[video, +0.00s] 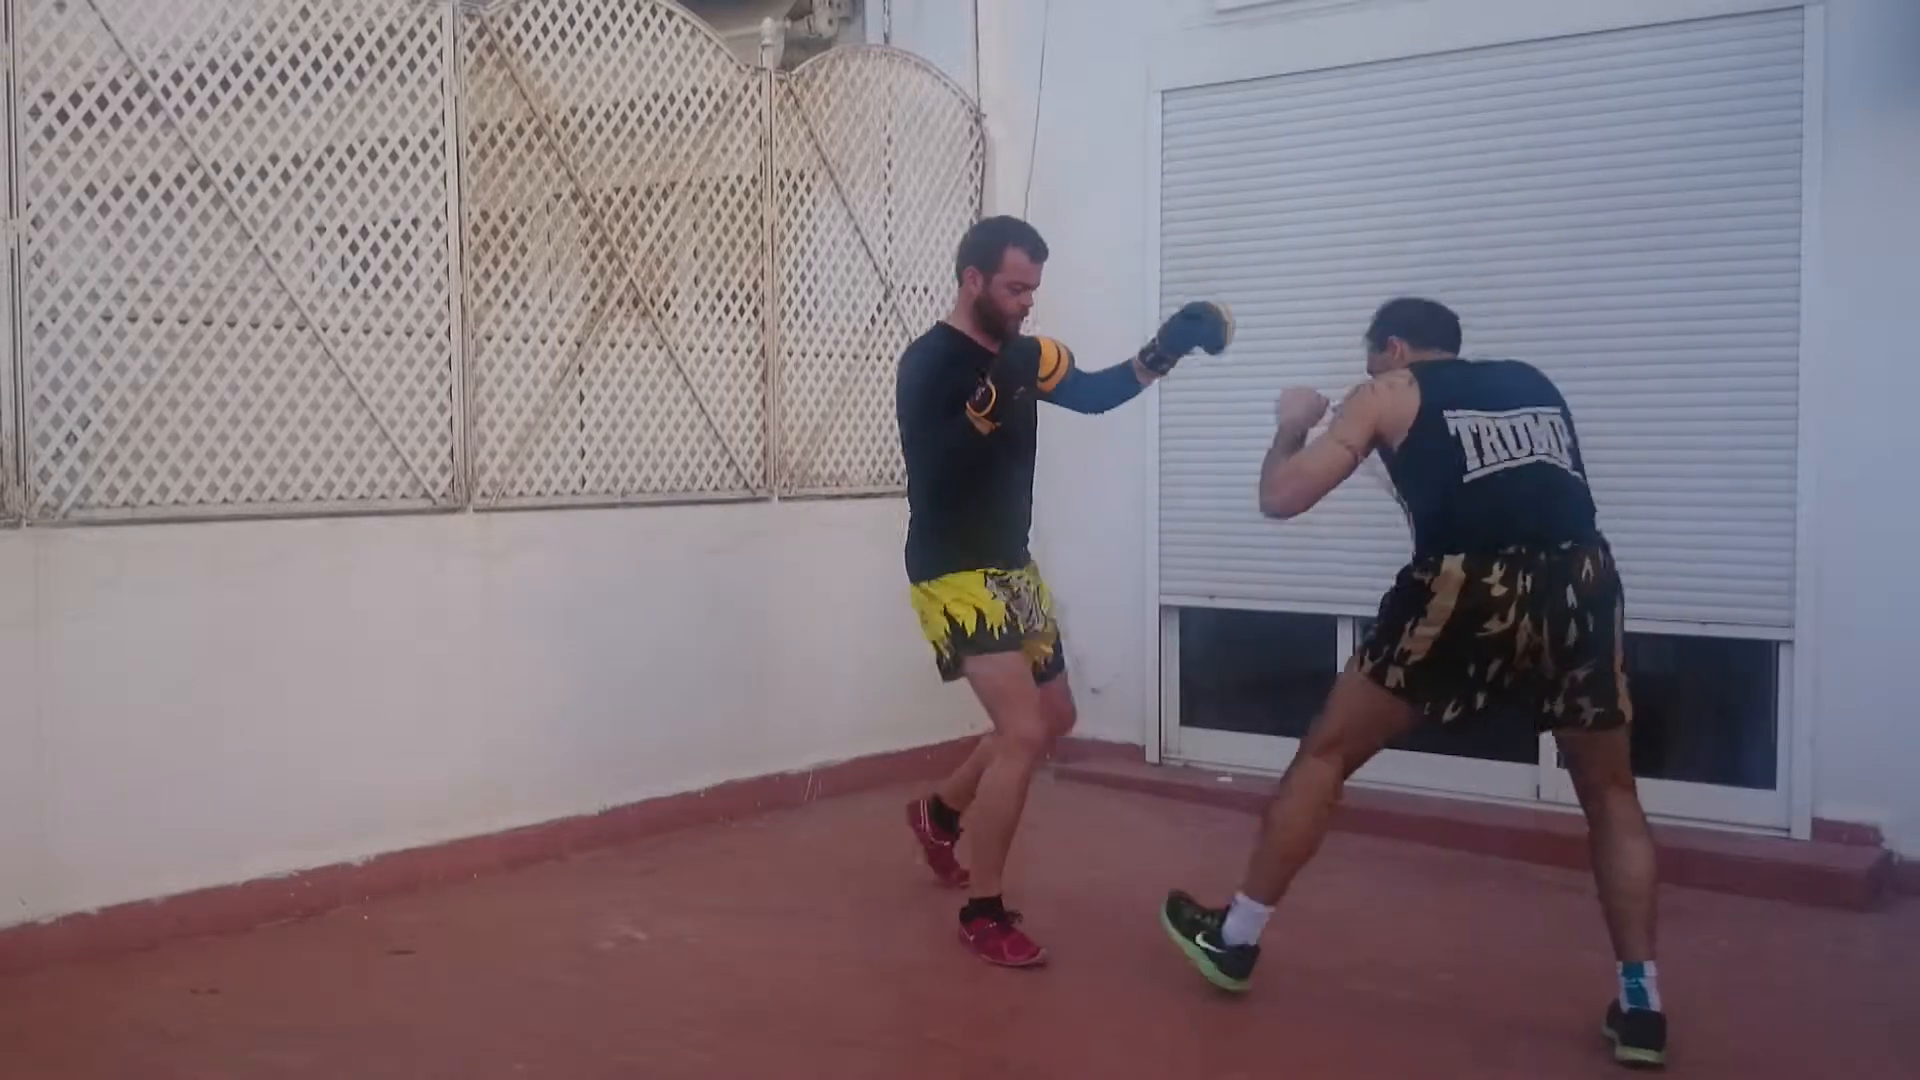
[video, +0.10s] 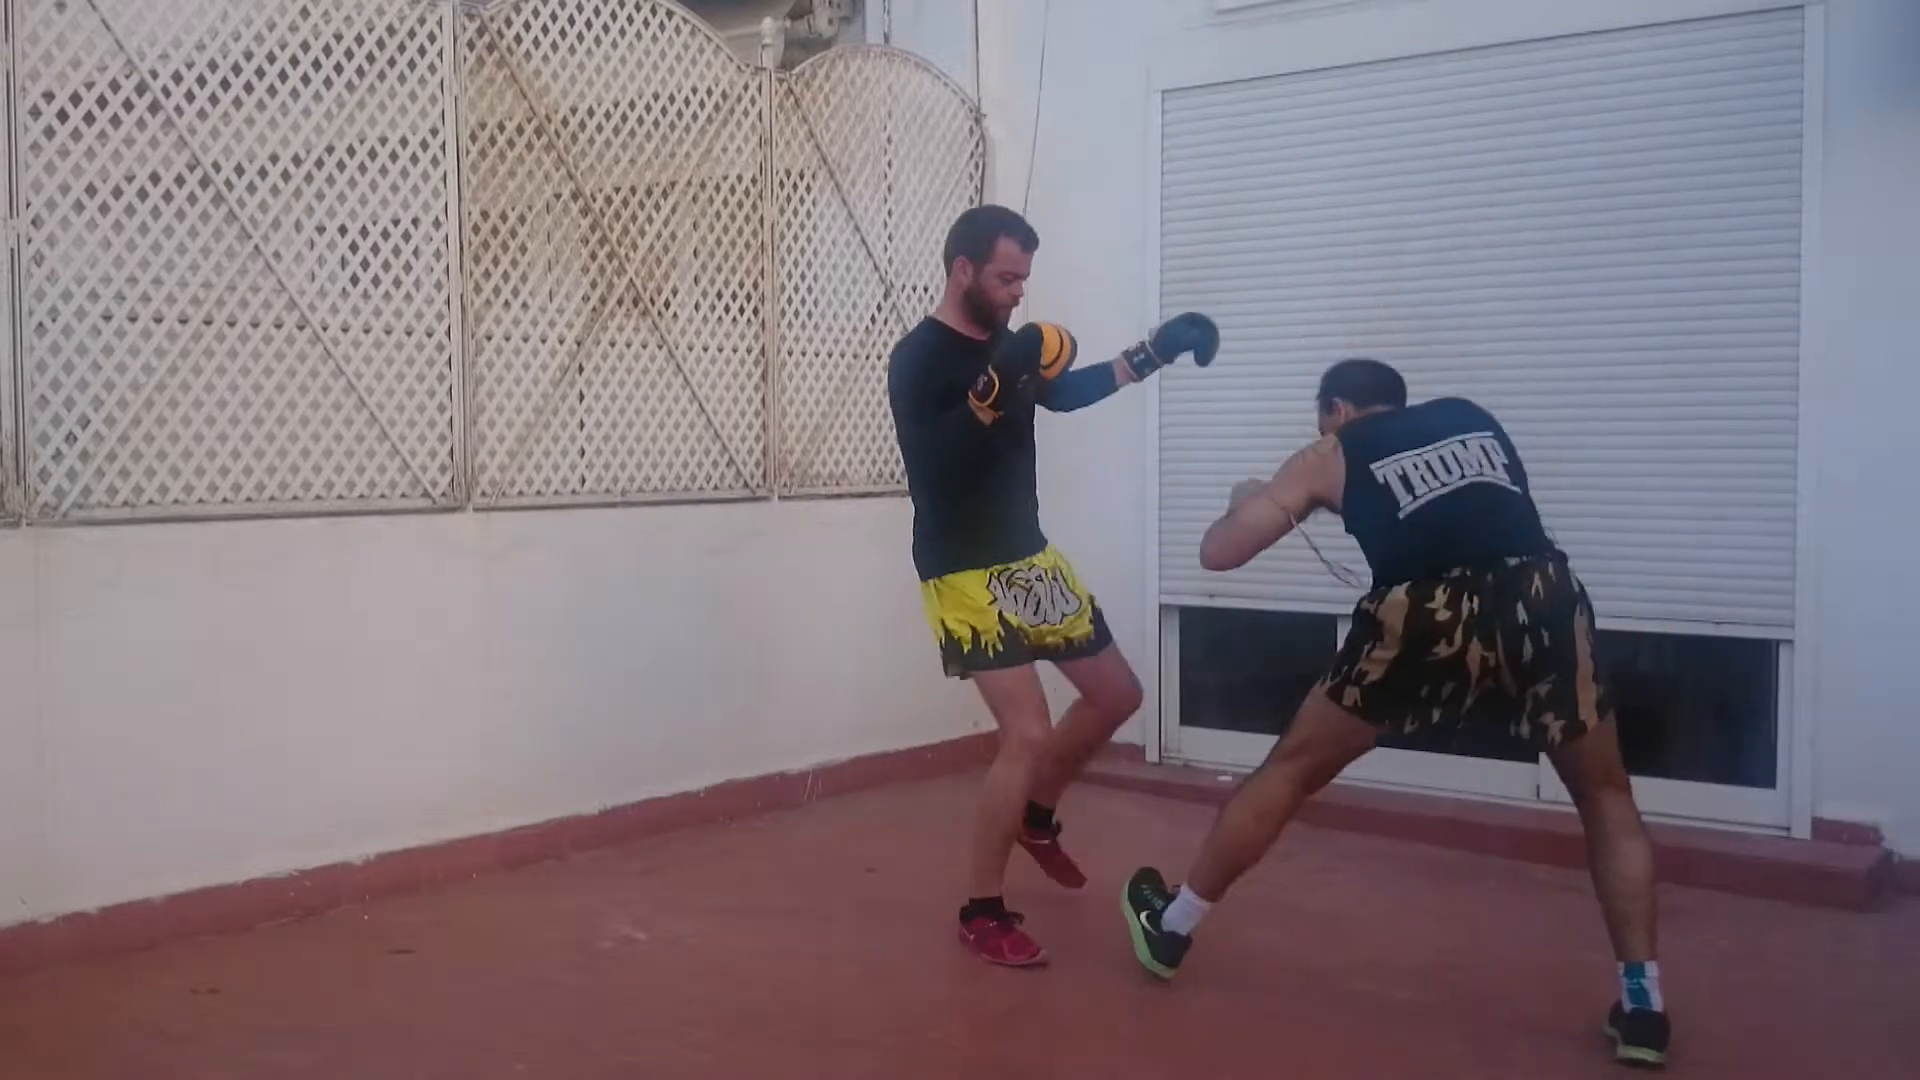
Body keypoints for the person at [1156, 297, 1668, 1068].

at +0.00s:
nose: (1371, 374)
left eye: (1373, 363)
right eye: (1373, 364)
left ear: (1393, 351)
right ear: (1451, 346)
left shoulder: (1385, 393)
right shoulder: (1531, 382)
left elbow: (1279, 496)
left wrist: (1290, 428)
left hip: (1465, 589)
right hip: (1581, 591)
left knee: (1328, 753)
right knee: (1613, 794)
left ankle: (1236, 938)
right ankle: (1641, 1004)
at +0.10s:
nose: (1319, 431)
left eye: (1319, 422)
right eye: (1321, 422)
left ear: (1339, 412)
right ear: (1400, 401)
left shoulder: (1329, 456)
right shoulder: (1472, 417)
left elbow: (1218, 552)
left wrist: (1256, 497)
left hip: (1423, 615)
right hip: (1544, 604)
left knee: (1295, 769)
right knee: (1607, 794)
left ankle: (1173, 925)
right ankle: (1644, 1003)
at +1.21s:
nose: (1324, 287)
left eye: (1324, 269)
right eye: (1322, 264)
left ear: (1267, 269)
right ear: (1281, 264)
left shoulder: (1257, 349)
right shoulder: (1254, 303)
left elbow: (1305, 487)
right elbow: (1358, 253)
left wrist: (1357, 408)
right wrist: (1366, 303)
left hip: (1204, 547)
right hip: (1265, 539)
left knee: (1203, 744)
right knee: (1390, 725)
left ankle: (1108, 906)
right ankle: (1346, 948)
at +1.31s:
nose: (1349, 282)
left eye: (1347, 270)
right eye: (1344, 267)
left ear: (1273, 270)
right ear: (1314, 263)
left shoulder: (1212, 353)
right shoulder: (1296, 311)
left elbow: (1294, 423)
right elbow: (1415, 366)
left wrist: (1358, 381)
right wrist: (1354, 319)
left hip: (1218, 563)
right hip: (1311, 551)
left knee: (1200, 743)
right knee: (1413, 744)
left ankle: (1111, 906)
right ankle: (1439, 973)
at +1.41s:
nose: (1368, 288)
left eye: (1360, 277)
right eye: (1369, 276)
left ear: (1292, 278)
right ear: (1362, 275)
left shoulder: (1237, 345)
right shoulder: (1371, 331)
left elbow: (1220, 467)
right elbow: (1456, 457)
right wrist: (1420, 374)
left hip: (1255, 567)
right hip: (1363, 567)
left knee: (1207, 741)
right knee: (1438, 765)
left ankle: (1120, 908)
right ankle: (1453, 994)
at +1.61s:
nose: (1338, 272)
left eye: (1340, 258)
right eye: (1340, 259)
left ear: (1362, 256)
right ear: (1424, 262)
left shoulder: (1327, 329)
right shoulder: (1489, 343)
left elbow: (1256, 454)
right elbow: (1520, 483)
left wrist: (1312, 394)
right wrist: (1471, 413)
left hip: (1348, 570)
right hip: (1464, 577)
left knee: (1271, 749)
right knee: (1466, 782)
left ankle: (1236, 952)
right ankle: (1457, 994)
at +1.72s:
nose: (1338, 245)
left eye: (1340, 232)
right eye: (1338, 232)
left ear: (1366, 220)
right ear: (1423, 221)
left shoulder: (1354, 294)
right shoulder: (1505, 302)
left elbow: (1300, 429)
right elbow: (1537, 440)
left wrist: (1323, 339)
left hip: (1384, 544)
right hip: (1493, 549)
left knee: (1313, 742)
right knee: (1475, 767)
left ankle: (1342, 965)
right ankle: (1473, 984)